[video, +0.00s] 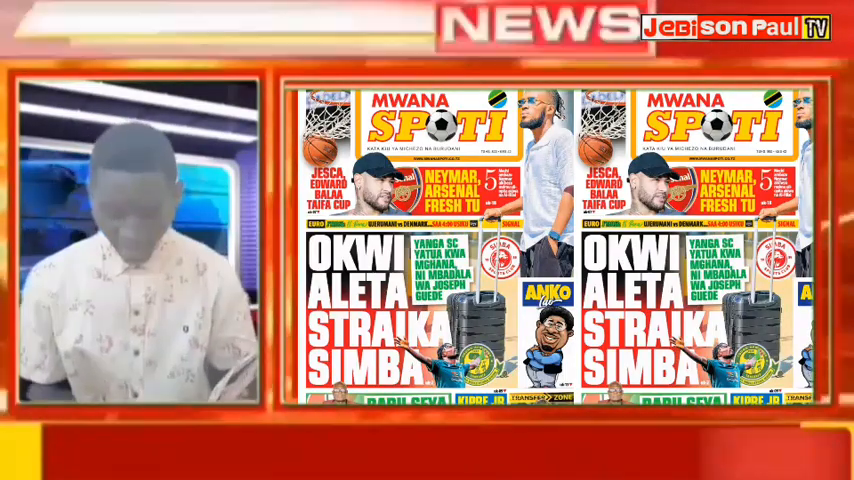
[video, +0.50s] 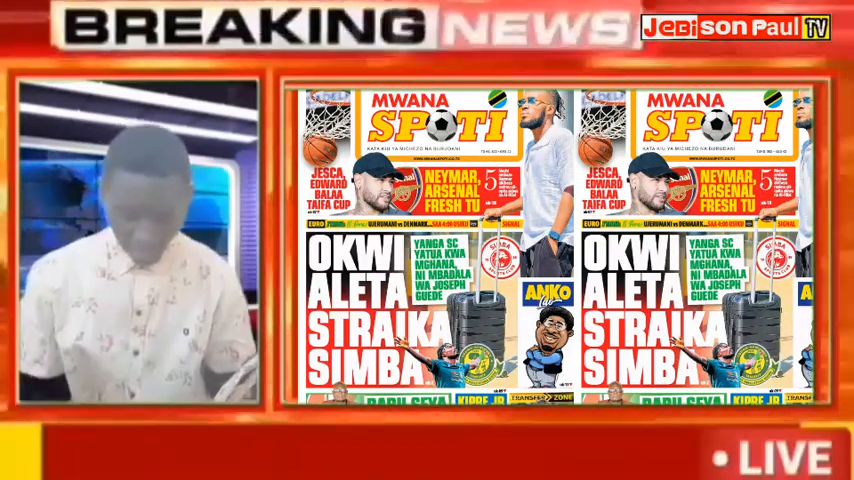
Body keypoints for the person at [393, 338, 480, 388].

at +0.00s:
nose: (453, 348)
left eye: (453, 347)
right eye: (449, 347)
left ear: (455, 351)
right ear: (443, 354)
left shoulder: (462, 367)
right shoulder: (438, 365)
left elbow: (474, 365)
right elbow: (423, 359)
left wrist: (478, 360)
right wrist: (408, 348)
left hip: (461, 403)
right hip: (444, 403)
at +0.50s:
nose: (453, 348)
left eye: (453, 347)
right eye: (449, 347)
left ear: (455, 352)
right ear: (443, 354)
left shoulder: (462, 367)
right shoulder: (438, 365)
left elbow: (474, 365)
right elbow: (423, 359)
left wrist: (478, 360)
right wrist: (408, 348)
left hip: (461, 403)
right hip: (444, 403)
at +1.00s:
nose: (453, 348)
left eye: (453, 347)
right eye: (449, 347)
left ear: (455, 351)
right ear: (443, 354)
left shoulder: (462, 367)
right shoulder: (438, 365)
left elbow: (474, 365)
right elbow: (423, 359)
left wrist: (478, 360)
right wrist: (408, 348)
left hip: (461, 402)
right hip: (444, 403)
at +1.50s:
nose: (453, 348)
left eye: (453, 347)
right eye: (449, 347)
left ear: (455, 351)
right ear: (443, 354)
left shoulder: (462, 367)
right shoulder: (438, 365)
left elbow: (474, 365)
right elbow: (423, 359)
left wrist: (477, 360)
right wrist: (408, 348)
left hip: (461, 403)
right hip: (444, 403)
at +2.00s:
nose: (453, 348)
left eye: (453, 347)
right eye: (449, 347)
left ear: (455, 351)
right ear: (443, 354)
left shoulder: (462, 367)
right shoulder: (438, 365)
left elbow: (474, 365)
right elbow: (423, 359)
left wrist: (478, 360)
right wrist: (408, 348)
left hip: (461, 403)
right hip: (444, 403)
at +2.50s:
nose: (453, 348)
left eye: (453, 347)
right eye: (449, 347)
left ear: (455, 351)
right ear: (443, 354)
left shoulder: (462, 367)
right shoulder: (438, 365)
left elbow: (474, 365)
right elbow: (423, 359)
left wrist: (478, 360)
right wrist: (408, 348)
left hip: (461, 403)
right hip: (444, 403)